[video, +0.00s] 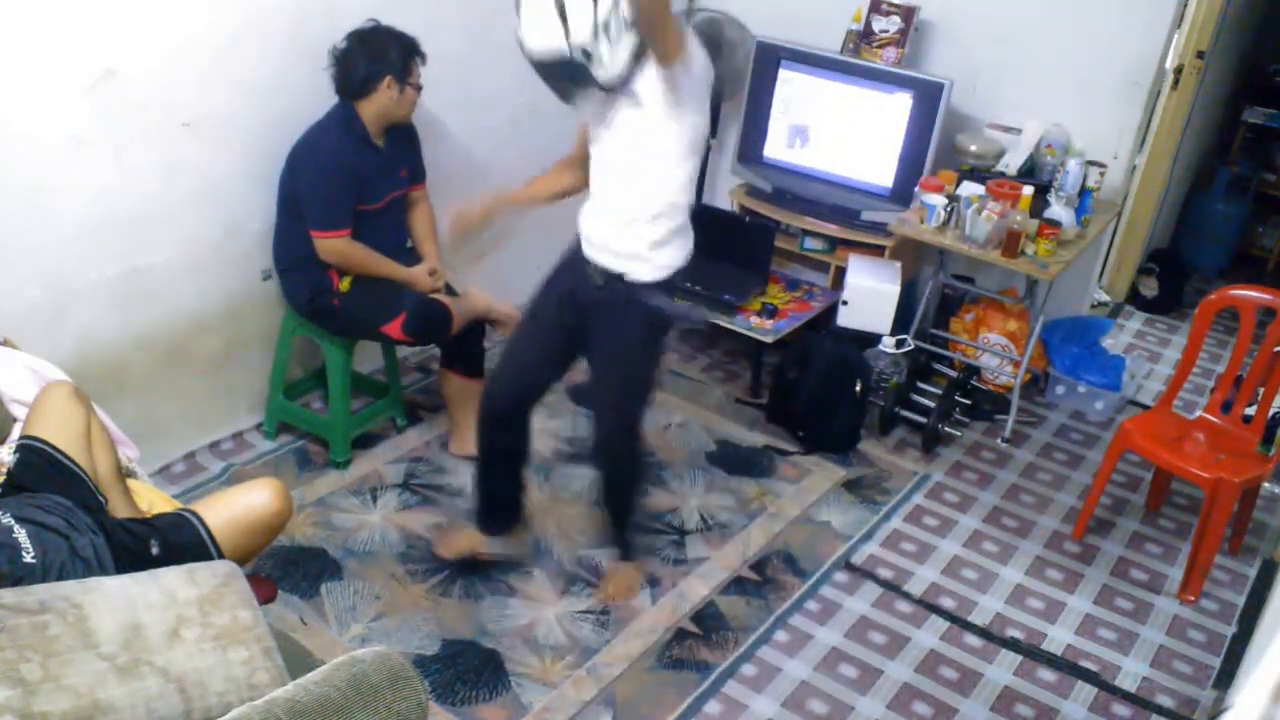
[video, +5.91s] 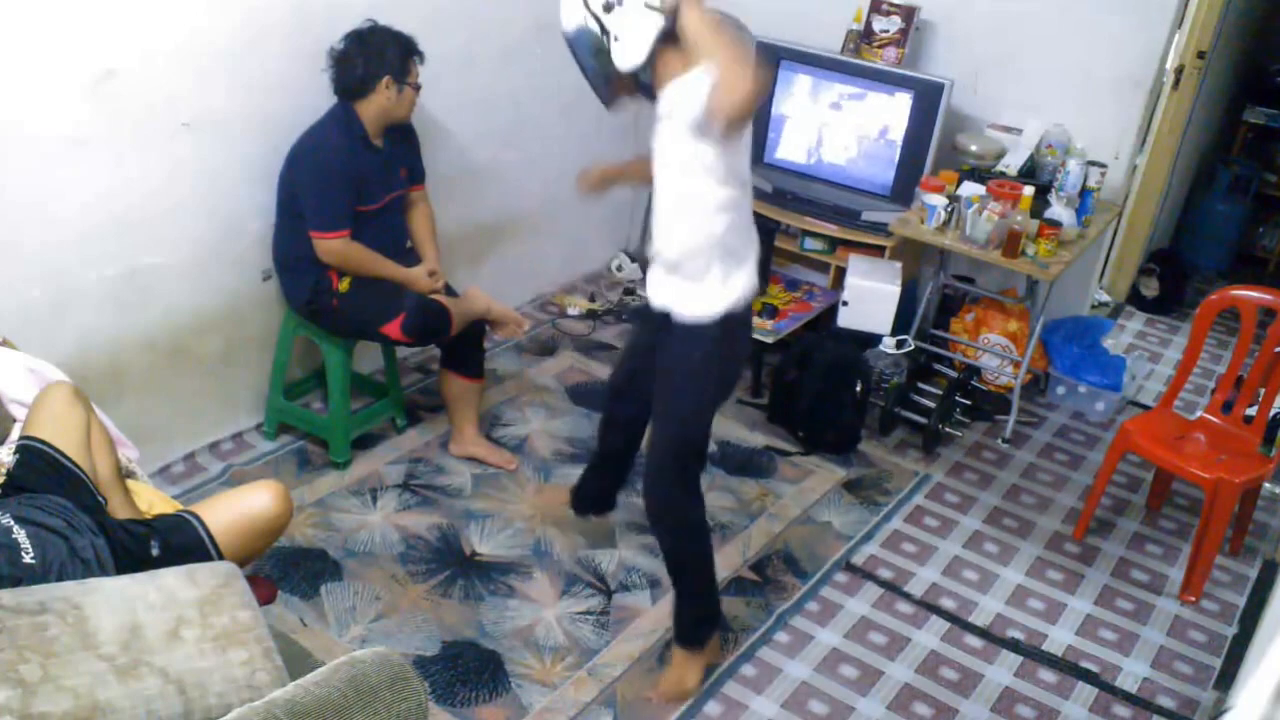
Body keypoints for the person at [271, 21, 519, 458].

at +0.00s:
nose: (419, 96)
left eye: (420, 87)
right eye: (416, 87)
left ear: (386, 86)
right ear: (388, 86)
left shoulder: (399, 130)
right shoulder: (326, 150)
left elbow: (417, 201)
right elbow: (331, 248)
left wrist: (431, 259)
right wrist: (407, 275)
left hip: (388, 262)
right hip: (326, 283)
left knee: (465, 326)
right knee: (421, 322)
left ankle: (465, 438)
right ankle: (476, 306)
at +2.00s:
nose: (419, 95)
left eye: (419, 87)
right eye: (416, 86)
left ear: (387, 87)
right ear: (387, 87)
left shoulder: (399, 131)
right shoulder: (325, 151)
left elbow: (417, 202)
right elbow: (333, 249)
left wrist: (429, 259)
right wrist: (407, 276)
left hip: (388, 265)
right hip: (327, 283)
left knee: (465, 321)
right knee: (425, 323)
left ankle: (466, 435)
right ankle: (477, 304)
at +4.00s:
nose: (419, 95)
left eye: (419, 86)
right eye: (415, 86)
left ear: (386, 87)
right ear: (387, 87)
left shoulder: (399, 131)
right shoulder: (324, 151)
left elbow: (417, 202)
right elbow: (332, 249)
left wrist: (429, 259)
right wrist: (407, 276)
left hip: (387, 266)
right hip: (326, 283)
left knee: (466, 321)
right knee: (424, 323)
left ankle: (466, 435)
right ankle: (477, 305)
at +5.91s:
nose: (419, 94)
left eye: (419, 86)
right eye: (415, 85)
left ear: (386, 87)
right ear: (386, 87)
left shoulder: (399, 131)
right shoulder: (325, 150)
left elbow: (417, 202)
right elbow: (332, 249)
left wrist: (429, 260)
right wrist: (407, 277)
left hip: (389, 266)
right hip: (325, 283)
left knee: (466, 322)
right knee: (420, 323)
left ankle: (465, 435)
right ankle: (476, 305)